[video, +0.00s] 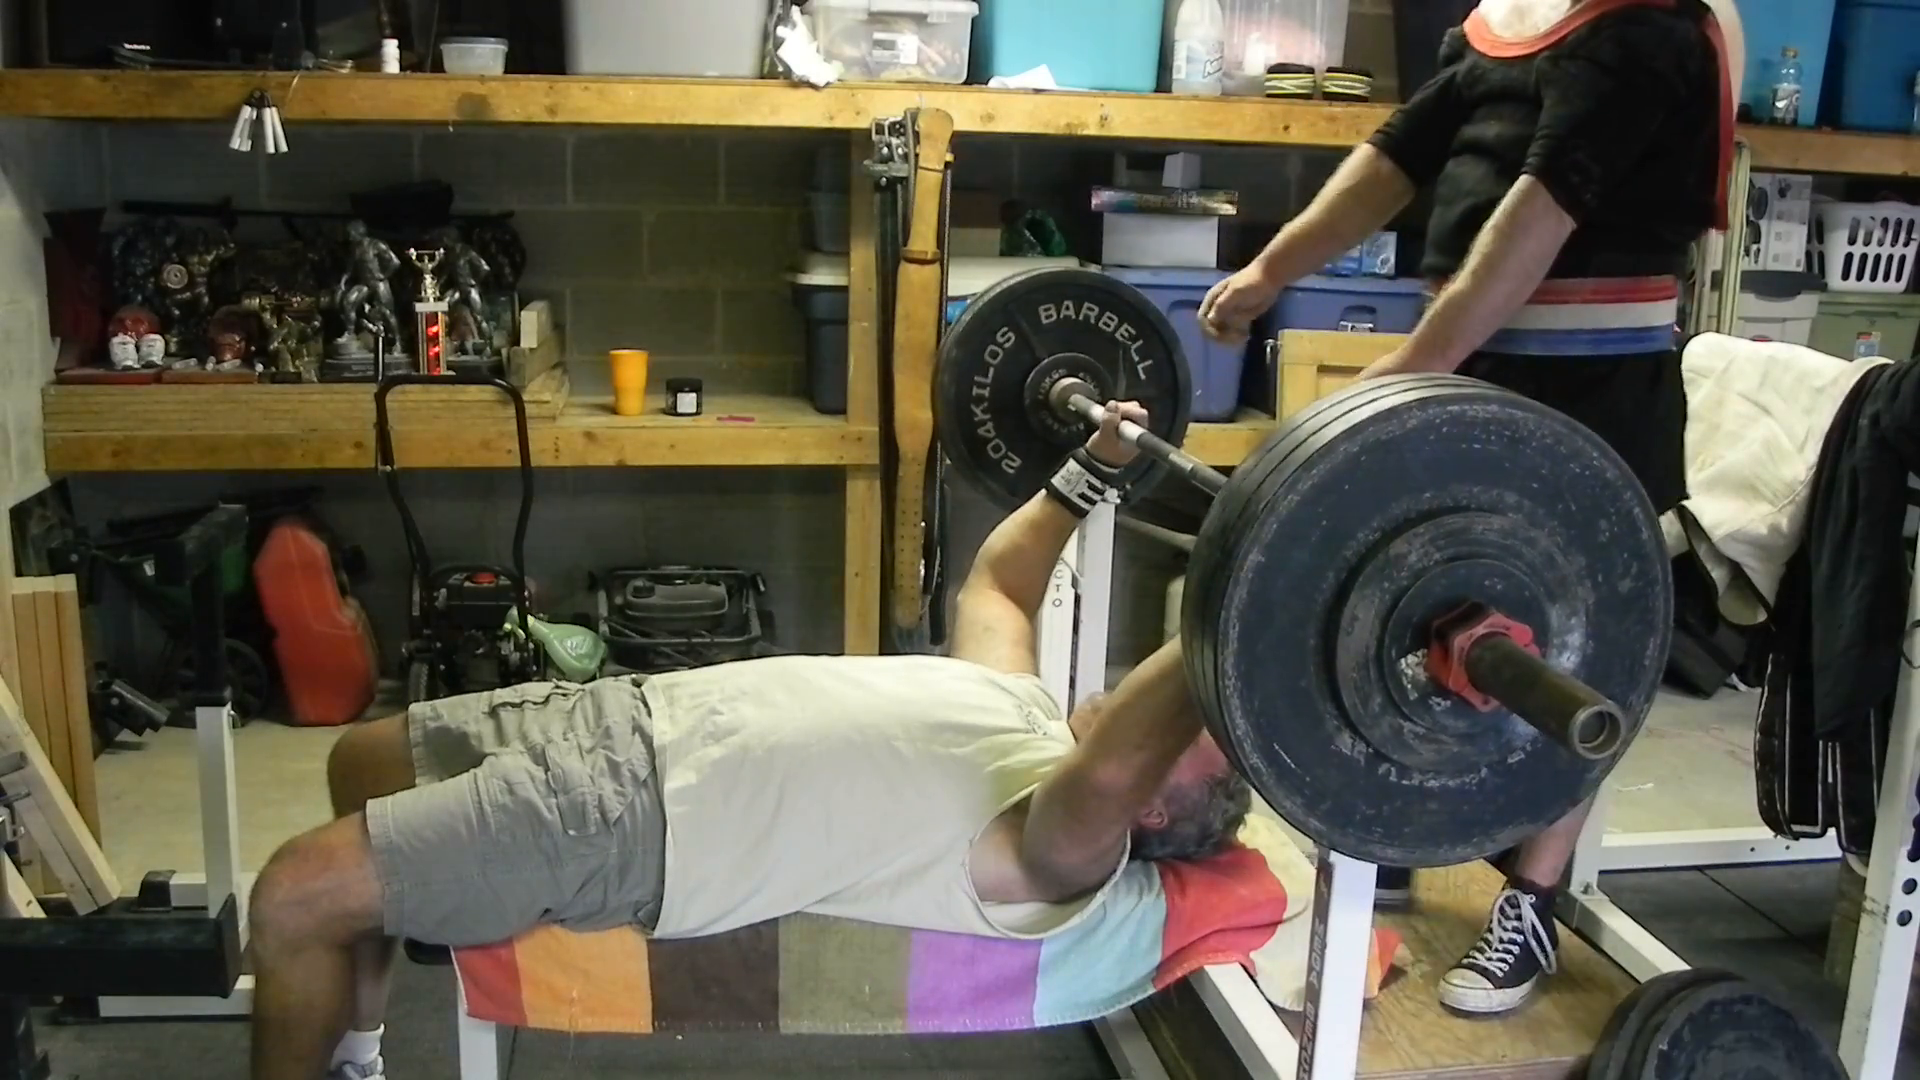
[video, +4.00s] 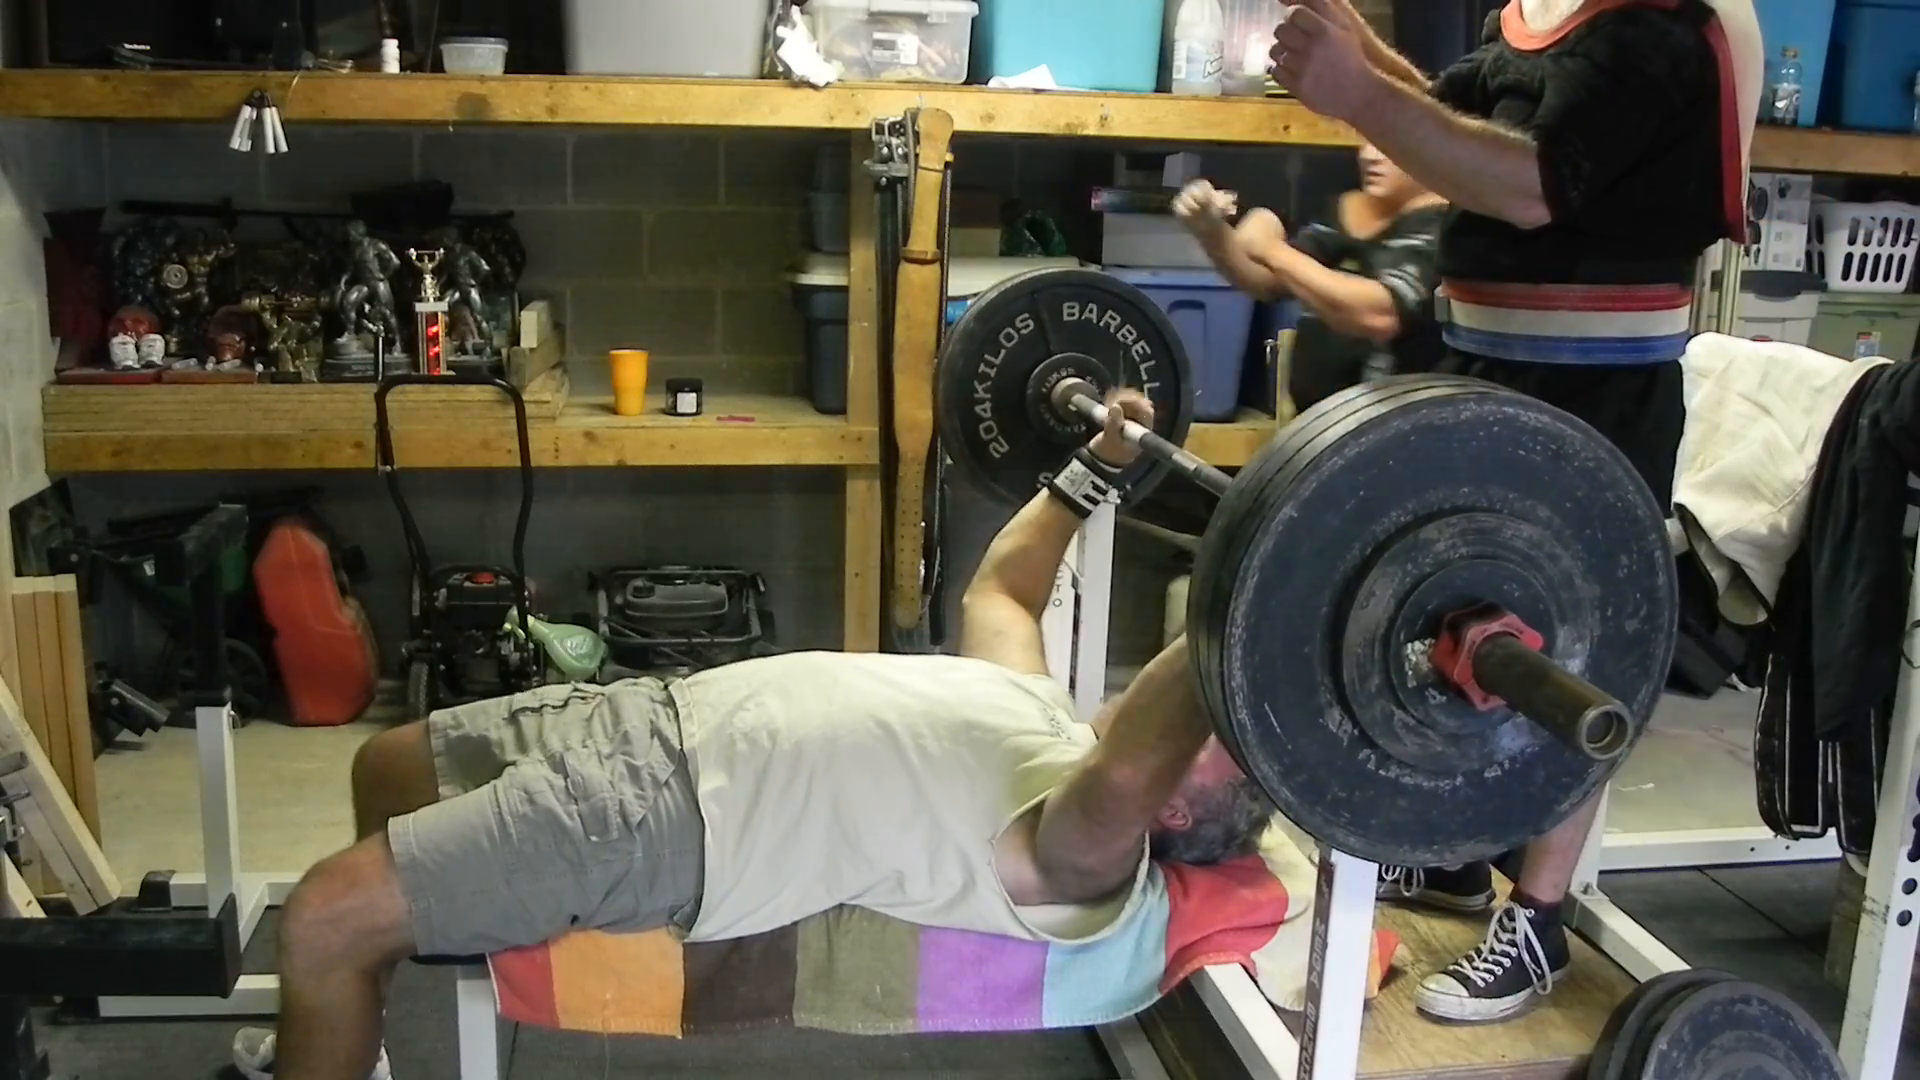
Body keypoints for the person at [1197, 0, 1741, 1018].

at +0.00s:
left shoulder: (1647, 29)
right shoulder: (1499, 27)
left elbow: (1529, 224)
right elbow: (1394, 156)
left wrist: (1394, 383)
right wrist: (1269, 270)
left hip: (1595, 387)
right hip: (1464, 372)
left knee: (1568, 638)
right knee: (1410, 607)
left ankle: (1529, 900)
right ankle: (1378, 839)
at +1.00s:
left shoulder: (1590, 19)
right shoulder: (1440, 29)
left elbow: (1509, 152)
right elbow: (1345, 166)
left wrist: (1352, 111)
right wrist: (1193, 112)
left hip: (1562, 376)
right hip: (1439, 362)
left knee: (1546, 633)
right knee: (1419, 604)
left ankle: (1529, 893)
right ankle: (1438, 832)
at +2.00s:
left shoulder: (1583, 16)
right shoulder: (1436, 42)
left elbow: (1500, 141)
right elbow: (1324, 161)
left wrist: (1356, 42)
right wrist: (1231, 36)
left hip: (1537, 370)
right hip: (1410, 359)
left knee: (1518, 629)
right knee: (1384, 606)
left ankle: (1526, 888)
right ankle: (1421, 833)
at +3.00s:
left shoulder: (1651, 20)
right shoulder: (1508, 16)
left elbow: (1538, 161)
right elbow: (1412, 149)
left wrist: (1377, 69)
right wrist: (1332, 54)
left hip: (1600, 376)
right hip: (1482, 364)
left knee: (1581, 645)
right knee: (1450, 613)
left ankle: (1539, 911)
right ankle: (1445, 843)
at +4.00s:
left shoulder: (1660, 30)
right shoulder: (1536, 18)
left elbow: (1530, 183)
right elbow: (1441, 113)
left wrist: (1361, 91)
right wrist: (1353, 51)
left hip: (1602, 384)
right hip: (1487, 367)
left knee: (1576, 651)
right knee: (1453, 614)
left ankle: (1535, 917)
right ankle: (1452, 847)